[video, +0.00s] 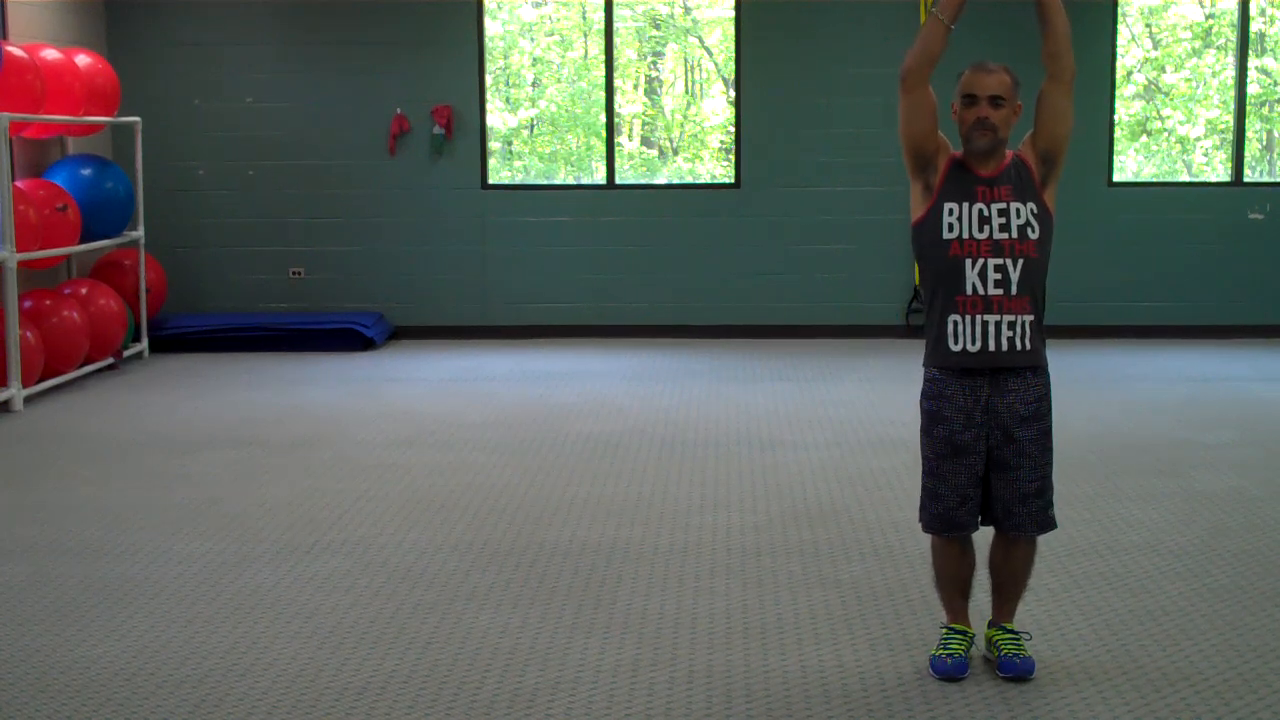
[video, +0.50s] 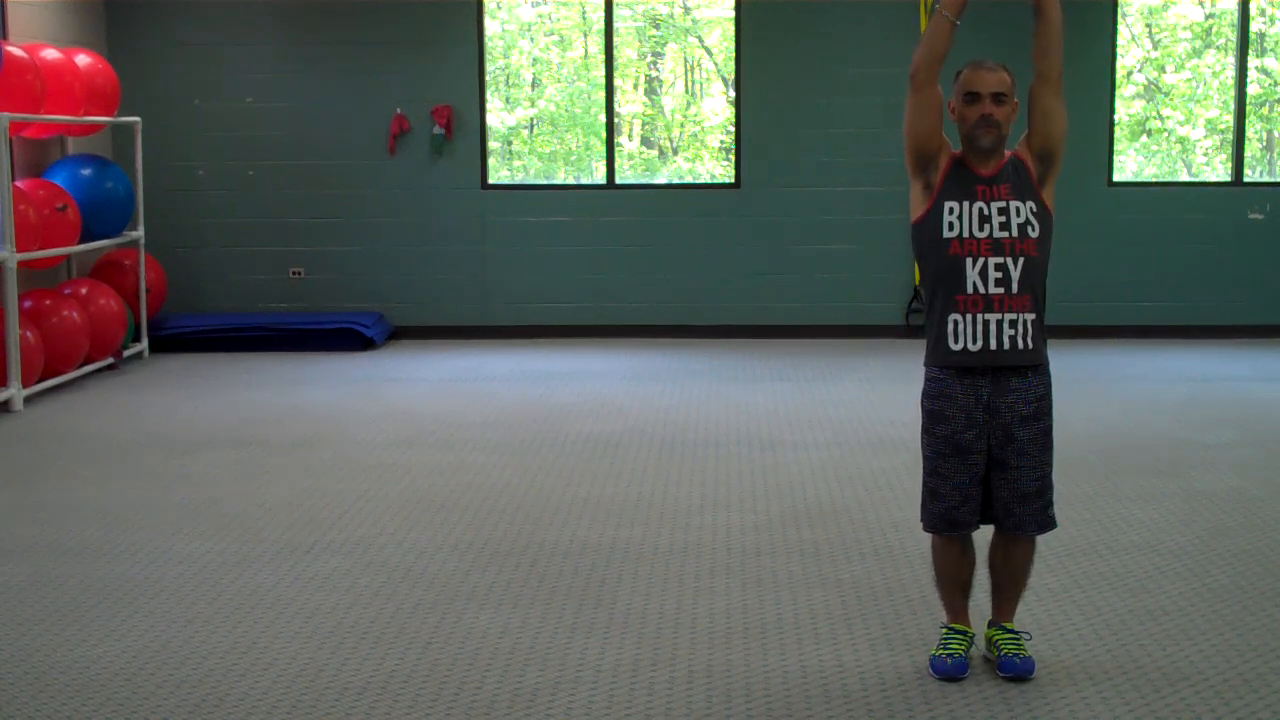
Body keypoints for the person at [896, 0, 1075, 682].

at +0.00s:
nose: (983, 112)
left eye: (997, 102)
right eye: (972, 101)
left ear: (1017, 113)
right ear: (955, 111)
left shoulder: (1036, 172)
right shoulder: (932, 173)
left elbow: (1061, 73)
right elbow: (912, 77)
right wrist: (949, 6)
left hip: (1021, 382)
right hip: (951, 382)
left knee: (1019, 518)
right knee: (949, 518)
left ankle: (1004, 628)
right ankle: (955, 629)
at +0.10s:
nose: (985, 110)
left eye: (998, 101)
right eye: (973, 100)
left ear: (1017, 111)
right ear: (955, 110)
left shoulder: (1036, 171)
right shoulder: (931, 172)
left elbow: (1056, 76)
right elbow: (915, 75)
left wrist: (1047, 0)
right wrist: (948, 7)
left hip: (1022, 382)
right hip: (951, 382)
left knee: (1019, 517)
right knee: (949, 518)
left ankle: (1004, 628)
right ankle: (956, 629)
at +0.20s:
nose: (987, 109)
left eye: (999, 99)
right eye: (974, 98)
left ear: (1016, 109)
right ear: (954, 108)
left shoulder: (1036, 171)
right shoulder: (931, 173)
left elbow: (1050, 76)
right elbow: (921, 76)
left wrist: (1045, 0)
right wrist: (950, 6)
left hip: (1021, 382)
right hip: (951, 383)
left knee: (1019, 517)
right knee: (949, 518)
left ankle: (1004, 628)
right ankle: (956, 629)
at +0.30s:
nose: (986, 109)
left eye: (998, 99)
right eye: (973, 98)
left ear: (1016, 109)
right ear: (953, 109)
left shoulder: (1036, 171)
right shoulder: (931, 173)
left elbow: (1048, 75)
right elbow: (922, 75)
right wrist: (951, 6)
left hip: (1022, 383)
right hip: (951, 383)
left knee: (1019, 517)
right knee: (949, 518)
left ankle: (1004, 628)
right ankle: (955, 629)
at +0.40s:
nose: (986, 109)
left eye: (998, 99)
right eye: (973, 98)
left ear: (1016, 109)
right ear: (953, 109)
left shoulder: (1036, 171)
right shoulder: (931, 173)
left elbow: (1049, 76)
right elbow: (922, 75)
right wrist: (950, 6)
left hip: (1022, 382)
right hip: (951, 383)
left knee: (1019, 518)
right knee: (949, 518)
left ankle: (1004, 628)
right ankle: (955, 629)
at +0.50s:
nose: (986, 109)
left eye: (998, 99)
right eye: (973, 98)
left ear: (1015, 109)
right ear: (953, 108)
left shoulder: (1036, 171)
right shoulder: (931, 173)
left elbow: (1050, 75)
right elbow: (922, 76)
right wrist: (951, 6)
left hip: (1023, 381)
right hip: (952, 382)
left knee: (1019, 517)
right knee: (950, 518)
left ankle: (1004, 628)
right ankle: (956, 629)